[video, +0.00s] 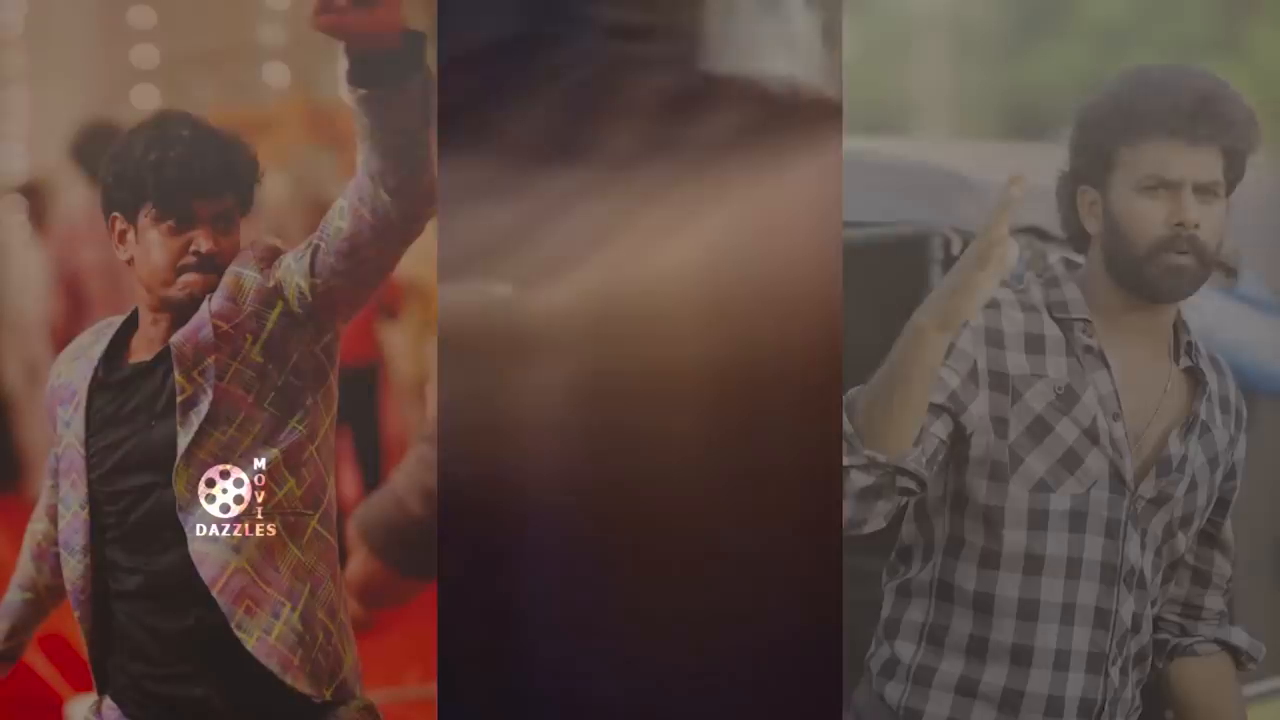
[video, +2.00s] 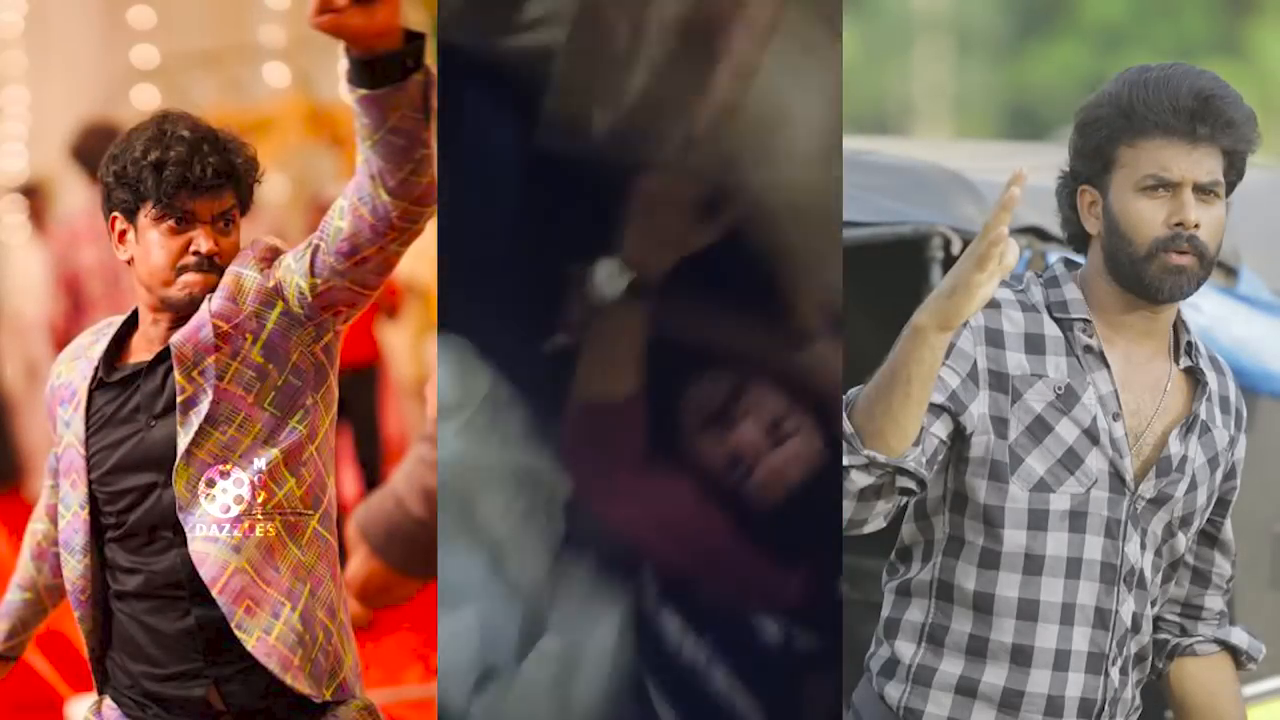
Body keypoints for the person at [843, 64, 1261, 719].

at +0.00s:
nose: (1187, 218)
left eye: (1207, 194)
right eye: (1156, 190)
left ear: (1228, 210)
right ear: (1091, 208)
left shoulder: (1219, 400)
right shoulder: (987, 323)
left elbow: (1192, 616)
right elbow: (853, 508)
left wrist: (1225, 709)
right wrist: (937, 316)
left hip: (1107, 709)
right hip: (939, 701)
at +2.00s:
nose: (1187, 217)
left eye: (1207, 194)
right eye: (1157, 190)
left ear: (1227, 208)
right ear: (1092, 208)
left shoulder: (1219, 397)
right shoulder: (984, 329)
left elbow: (1193, 617)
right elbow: (854, 506)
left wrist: (1226, 711)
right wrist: (932, 326)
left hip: (1106, 709)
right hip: (936, 702)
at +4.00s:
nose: (1187, 217)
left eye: (1207, 194)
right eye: (1157, 190)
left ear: (1227, 208)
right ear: (1092, 207)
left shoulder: (1219, 398)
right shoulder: (984, 329)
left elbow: (1193, 617)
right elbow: (851, 507)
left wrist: (1225, 711)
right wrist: (931, 327)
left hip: (1105, 709)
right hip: (934, 702)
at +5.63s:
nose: (1188, 217)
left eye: (1207, 194)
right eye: (1157, 189)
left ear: (1227, 208)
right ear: (1092, 208)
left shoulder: (1219, 397)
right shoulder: (984, 329)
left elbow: (1193, 618)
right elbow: (852, 509)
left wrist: (1226, 711)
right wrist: (931, 327)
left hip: (1105, 710)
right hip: (935, 702)